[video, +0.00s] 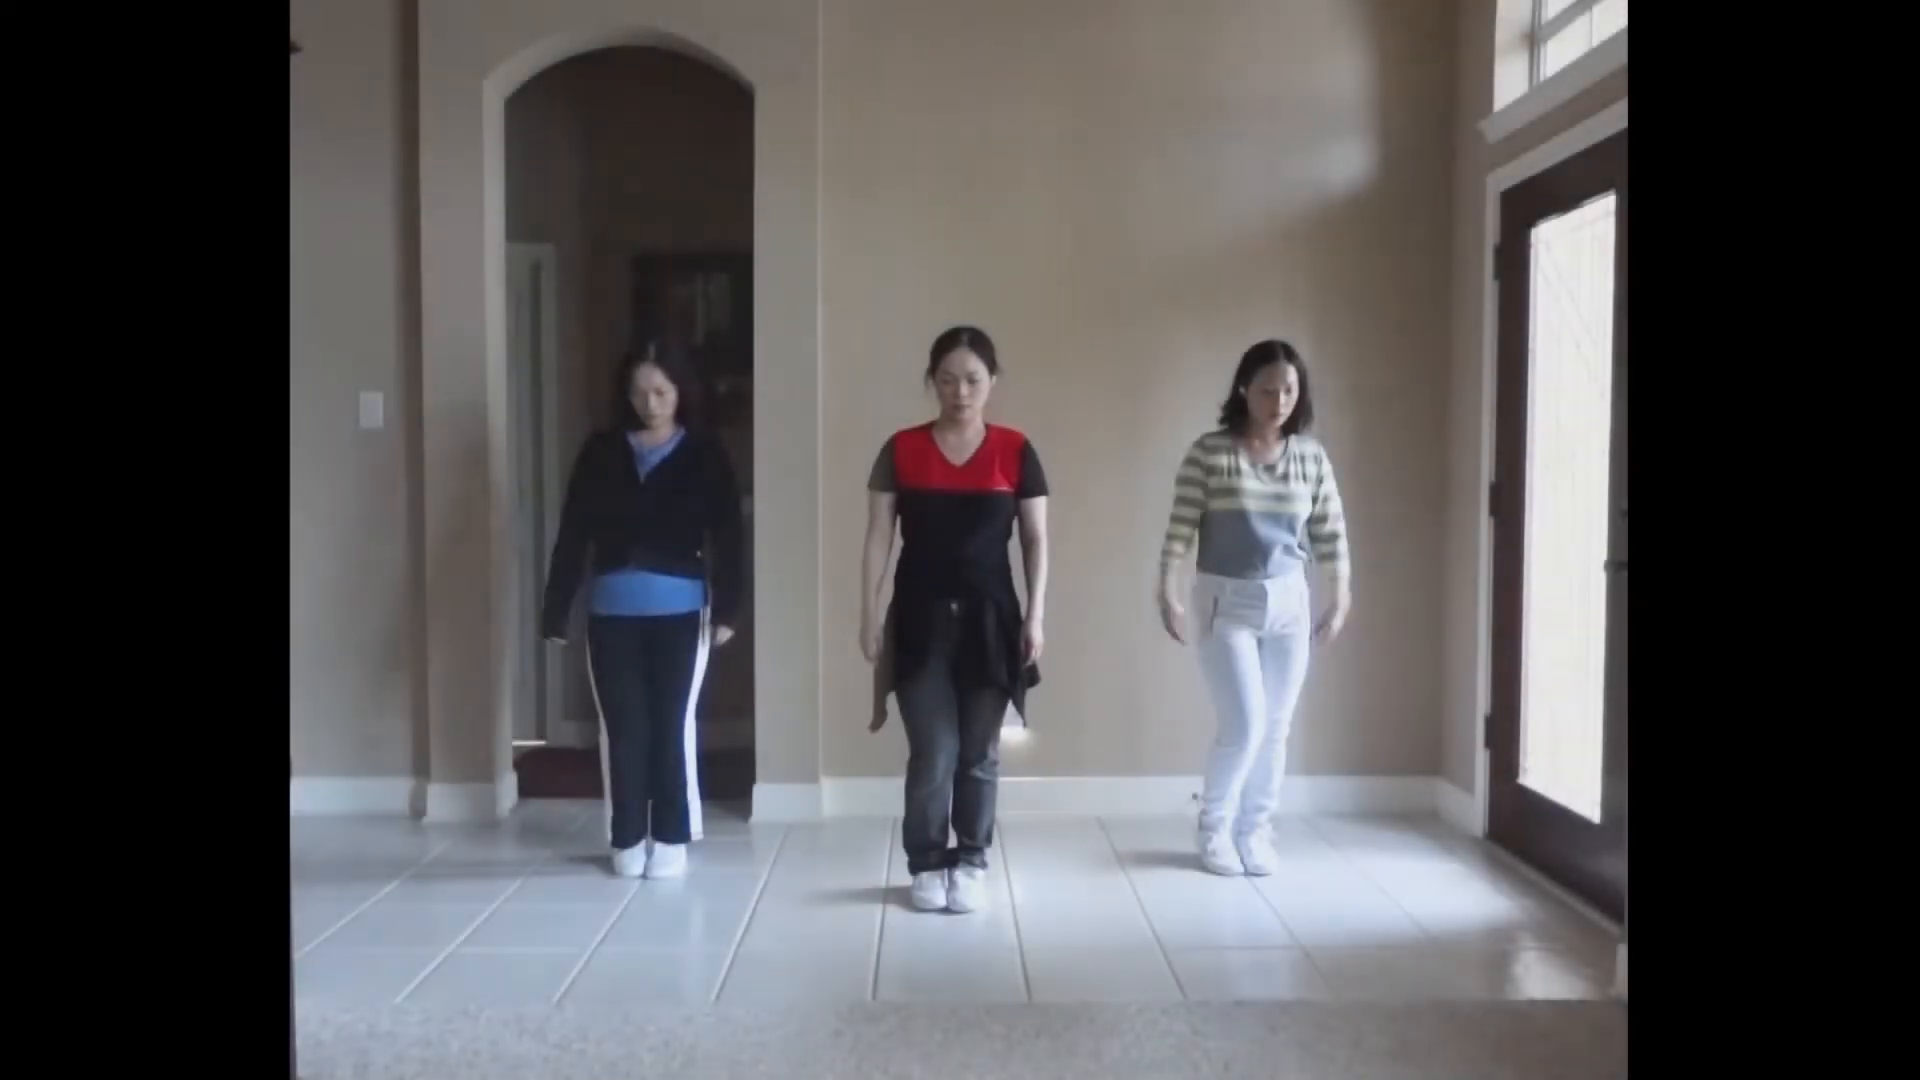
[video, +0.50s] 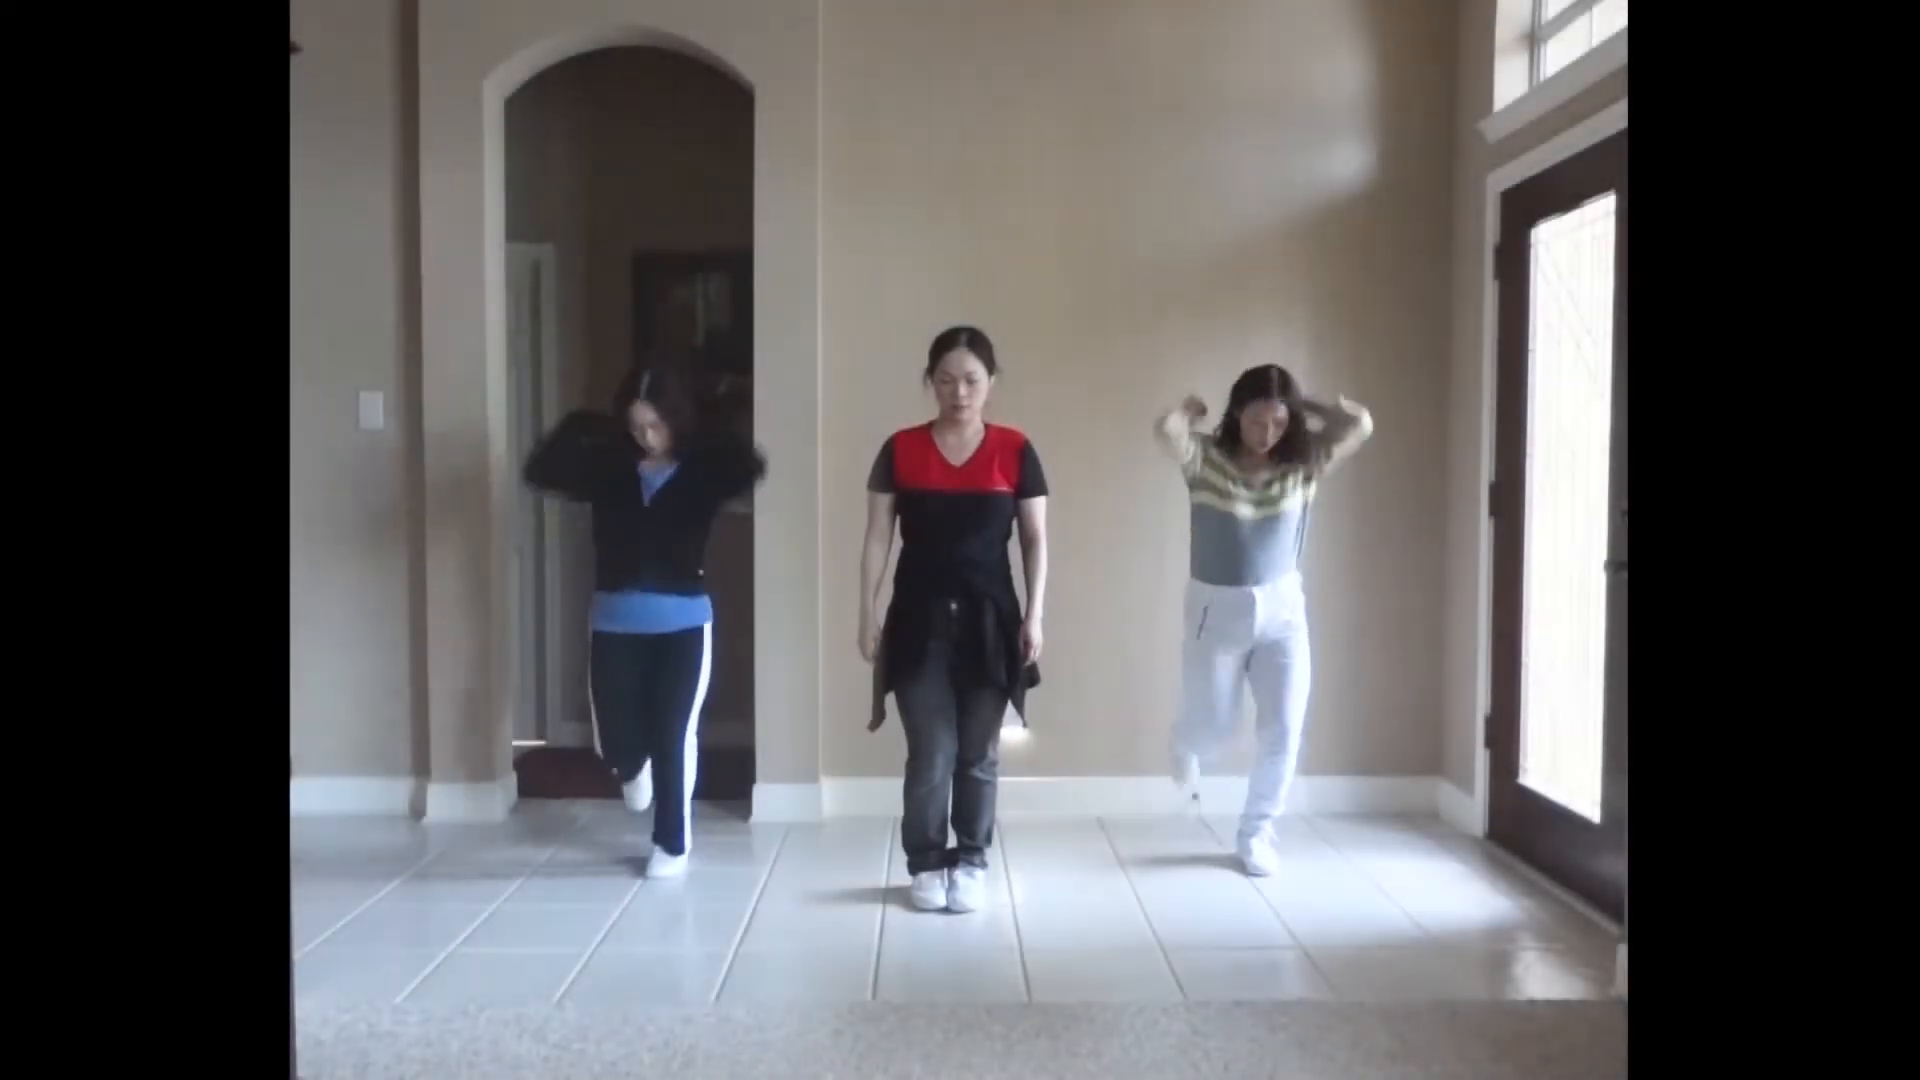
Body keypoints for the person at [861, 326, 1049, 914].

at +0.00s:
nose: (960, 389)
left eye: (972, 379)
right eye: (949, 378)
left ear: (991, 383)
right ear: (933, 382)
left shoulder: (1014, 450)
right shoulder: (903, 449)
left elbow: (1035, 538)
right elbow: (880, 536)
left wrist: (1035, 616)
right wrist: (870, 617)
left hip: (990, 619)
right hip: (920, 618)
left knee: (978, 752)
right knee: (934, 750)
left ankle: (969, 863)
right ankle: (927, 867)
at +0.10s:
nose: (960, 389)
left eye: (971, 379)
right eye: (949, 378)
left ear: (990, 383)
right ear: (932, 382)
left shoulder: (1014, 449)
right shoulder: (903, 448)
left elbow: (1035, 537)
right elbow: (880, 534)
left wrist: (1034, 615)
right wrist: (870, 614)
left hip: (990, 617)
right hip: (919, 616)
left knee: (977, 751)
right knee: (933, 748)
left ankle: (969, 863)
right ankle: (927, 867)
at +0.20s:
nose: (959, 389)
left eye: (971, 379)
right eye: (948, 378)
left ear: (990, 383)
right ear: (932, 382)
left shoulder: (1014, 449)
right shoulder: (902, 449)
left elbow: (1034, 537)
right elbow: (879, 535)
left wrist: (1034, 616)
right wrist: (869, 614)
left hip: (989, 617)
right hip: (919, 615)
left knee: (977, 751)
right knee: (932, 748)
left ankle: (969, 863)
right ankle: (926, 867)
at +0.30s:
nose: (960, 389)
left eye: (971, 379)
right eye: (948, 378)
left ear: (989, 383)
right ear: (931, 382)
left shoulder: (1014, 449)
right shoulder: (902, 449)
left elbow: (1034, 538)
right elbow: (879, 536)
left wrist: (1034, 616)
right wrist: (869, 615)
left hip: (990, 617)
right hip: (919, 616)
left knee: (977, 752)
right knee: (932, 749)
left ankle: (970, 863)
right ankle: (926, 866)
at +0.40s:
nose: (960, 389)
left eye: (971, 379)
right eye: (948, 378)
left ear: (989, 383)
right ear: (931, 382)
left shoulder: (1014, 449)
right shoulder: (902, 449)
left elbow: (1035, 538)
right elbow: (879, 536)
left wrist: (1034, 616)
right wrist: (869, 616)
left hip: (990, 618)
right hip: (919, 616)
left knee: (977, 752)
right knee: (932, 749)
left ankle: (970, 863)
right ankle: (926, 867)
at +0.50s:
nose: (960, 389)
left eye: (971, 379)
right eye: (949, 378)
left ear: (989, 383)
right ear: (931, 382)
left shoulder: (1014, 449)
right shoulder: (902, 448)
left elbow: (1035, 538)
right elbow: (879, 534)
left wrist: (1034, 616)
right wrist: (868, 614)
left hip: (989, 618)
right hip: (918, 617)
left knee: (977, 752)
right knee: (932, 749)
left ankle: (970, 863)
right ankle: (926, 866)